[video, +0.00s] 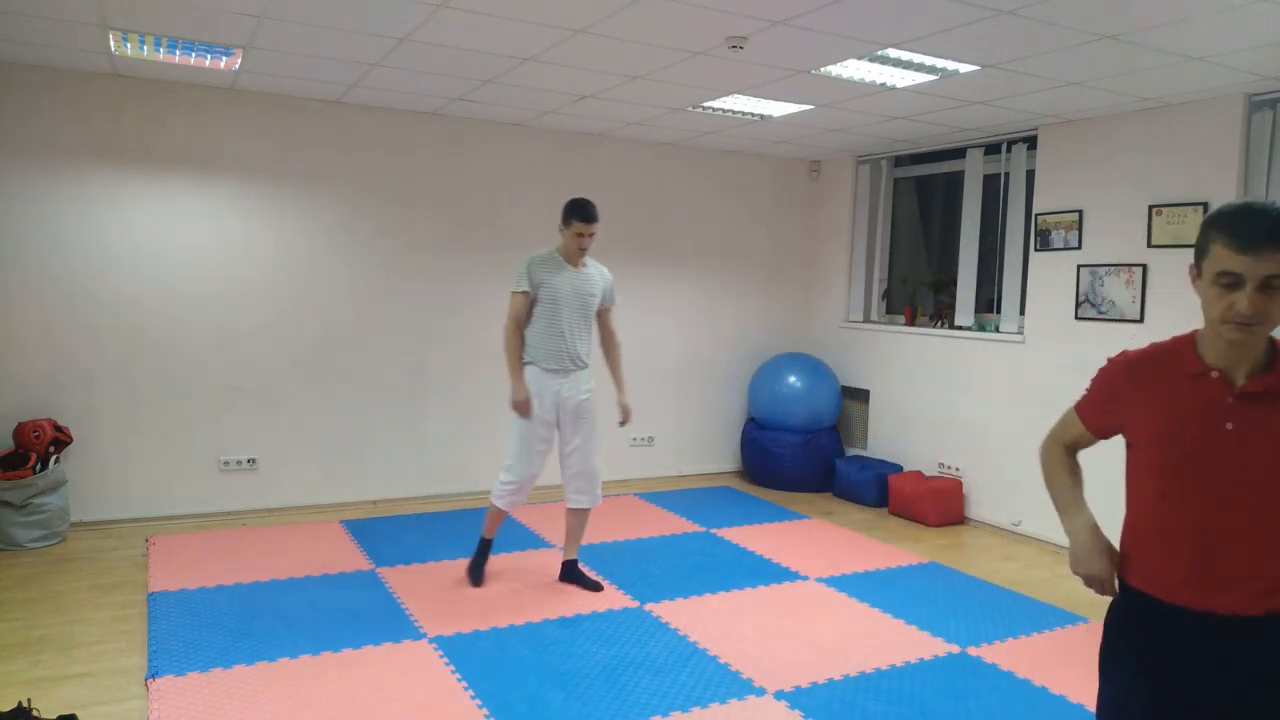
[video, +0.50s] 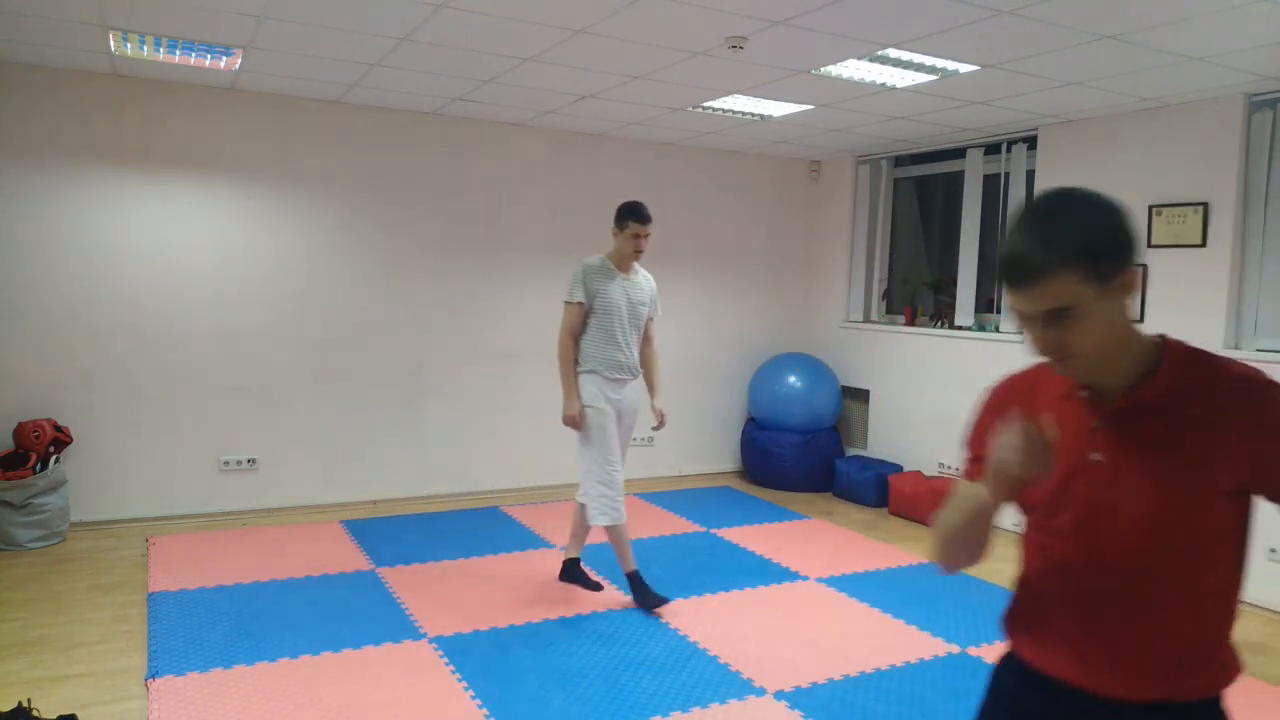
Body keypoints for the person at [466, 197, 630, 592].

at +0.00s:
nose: (586, 242)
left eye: (591, 235)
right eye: (579, 234)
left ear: (596, 234)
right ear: (562, 230)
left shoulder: (600, 277)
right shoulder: (535, 266)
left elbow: (608, 337)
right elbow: (515, 324)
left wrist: (621, 392)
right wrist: (516, 383)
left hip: (579, 382)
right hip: (538, 381)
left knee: (583, 473)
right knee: (522, 471)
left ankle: (570, 564)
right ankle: (483, 549)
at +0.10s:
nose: (598, 241)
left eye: (603, 234)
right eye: (591, 233)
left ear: (608, 233)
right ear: (574, 229)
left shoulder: (612, 277)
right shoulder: (547, 266)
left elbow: (624, 337)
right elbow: (525, 324)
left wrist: (639, 392)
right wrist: (532, 378)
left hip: (586, 382)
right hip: (548, 379)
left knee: (586, 472)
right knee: (539, 471)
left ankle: (570, 563)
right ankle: (505, 554)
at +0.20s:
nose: (609, 241)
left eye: (615, 234)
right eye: (603, 233)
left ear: (619, 234)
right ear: (586, 229)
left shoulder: (621, 278)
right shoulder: (560, 266)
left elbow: (634, 336)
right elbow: (535, 324)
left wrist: (652, 390)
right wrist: (544, 378)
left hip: (595, 383)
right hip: (557, 381)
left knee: (590, 474)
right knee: (555, 474)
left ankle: (570, 564)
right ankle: (539, 564)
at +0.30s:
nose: (620, 242)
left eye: (625, 235)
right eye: (614, 234)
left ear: (630, 235)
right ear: (596, 230)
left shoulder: (629, 279)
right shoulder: (570, 267)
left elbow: (641, 337)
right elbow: (545, 325)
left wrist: (659, 387)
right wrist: (553, 381)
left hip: (605, 383)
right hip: (568, 381)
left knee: (595, 472)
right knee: (573, 470)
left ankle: (573, 559)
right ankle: (574, 563)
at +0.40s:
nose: (630, 243)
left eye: (636, 237)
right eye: (624, 235)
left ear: (640, 238)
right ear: (606, 231)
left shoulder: (637, 282)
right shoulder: (579, 271)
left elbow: (644, 342)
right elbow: (555, 330)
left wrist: (659, 389)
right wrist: (561, 389)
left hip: (615, 387)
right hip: (578, 384)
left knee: (597, 477)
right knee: (591, 478)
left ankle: (570, 562)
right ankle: (615, 576)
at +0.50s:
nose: (642, 244)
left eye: (647, 238)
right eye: (636, 237)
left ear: (649, 237)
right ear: (616, 232)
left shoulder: (646, 282)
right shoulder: (589, 273)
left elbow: (647, 343)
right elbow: (567, 335)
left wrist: (654, 396)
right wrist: (570, 396)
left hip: (630, 387)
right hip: (594, 386)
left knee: (602, 477)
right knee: (609, 478)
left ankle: (572, 561)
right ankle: (635, 579)